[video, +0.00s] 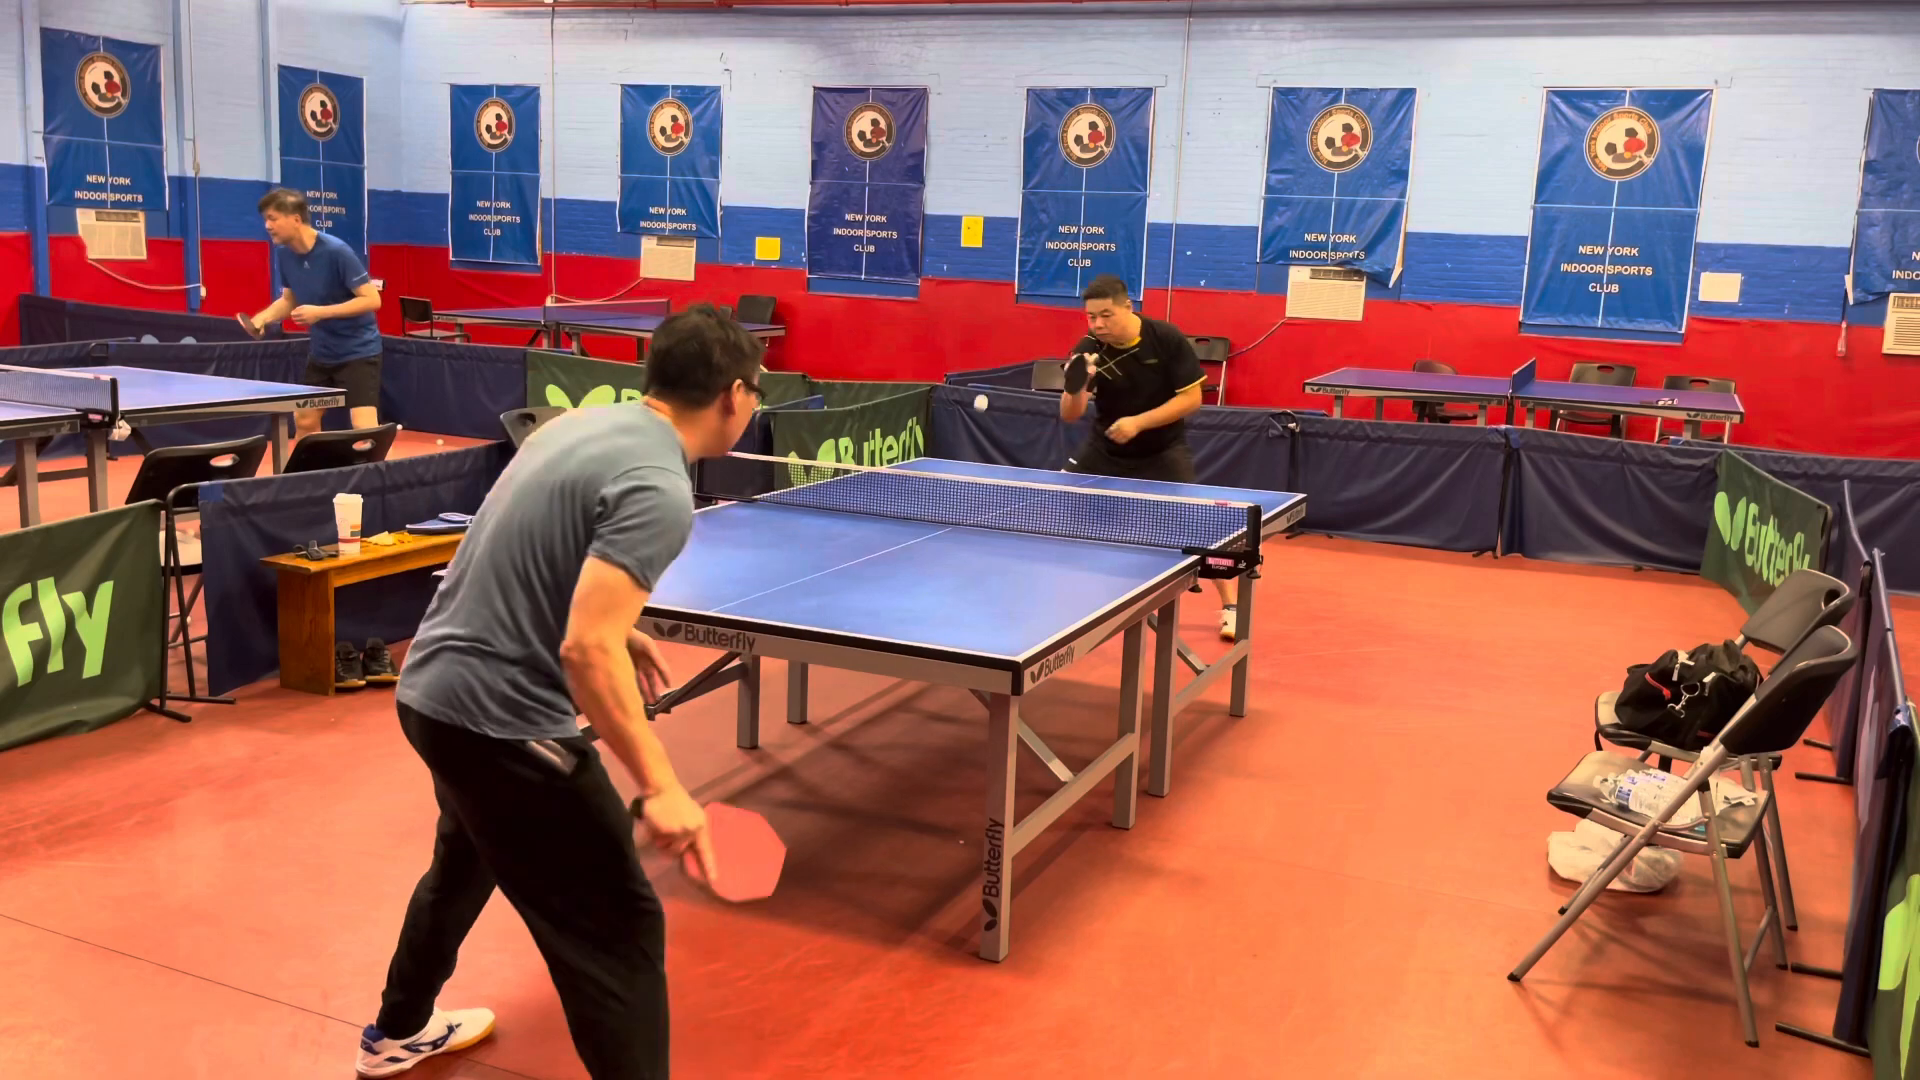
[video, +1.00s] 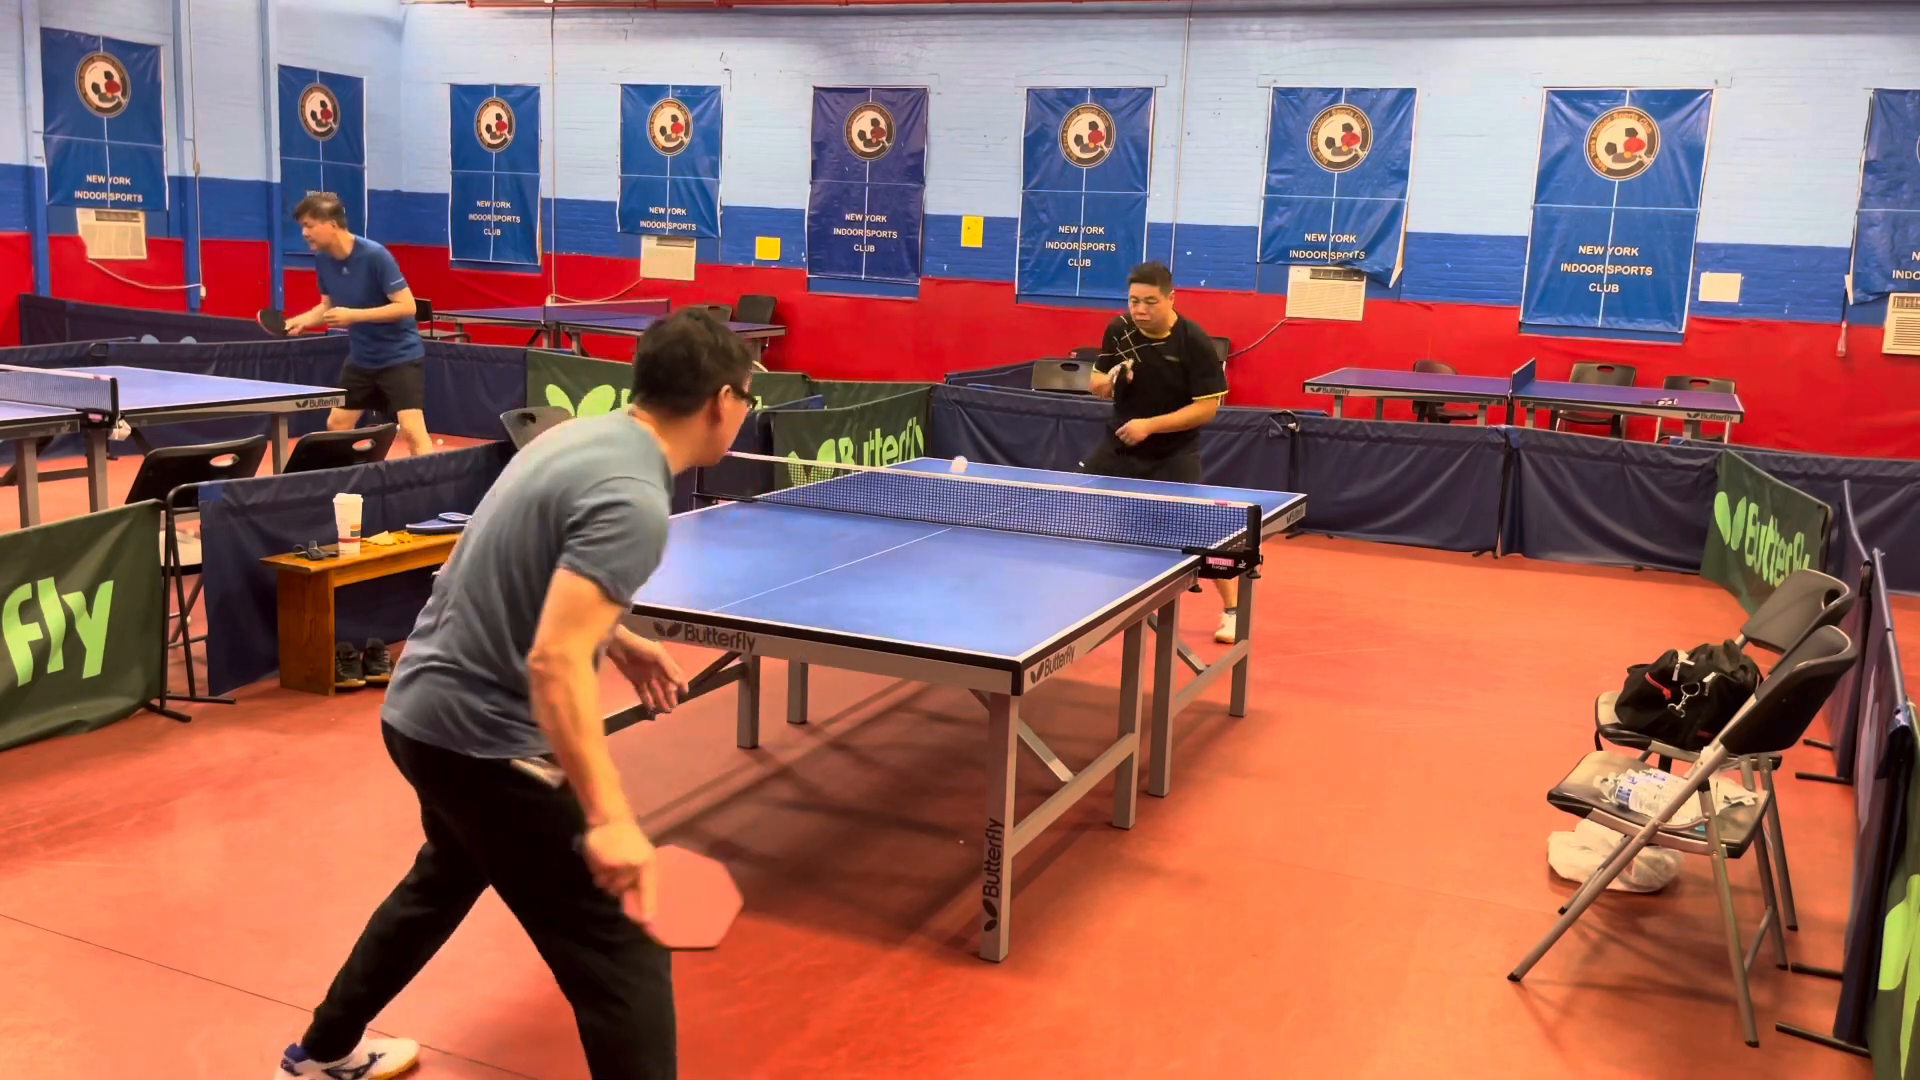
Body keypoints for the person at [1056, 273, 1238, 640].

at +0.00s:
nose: (1097, 325)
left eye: (1105, 315)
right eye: (1091, 317)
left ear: (1126, 307)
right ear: (1086, 315)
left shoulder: (1167, 339)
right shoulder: (1088, 348)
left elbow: (1193, 399)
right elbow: (1069, 414)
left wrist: (1138, 422)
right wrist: (1081, 383)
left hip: (1163, 452)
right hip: (1105, 450)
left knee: (1197, 519)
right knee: (1049, 500)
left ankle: (1230, 605)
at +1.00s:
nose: (1139, 310)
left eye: (1148, 302)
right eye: (1134, 301)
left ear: (1170, 299)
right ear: (1127, 298)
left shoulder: (1195, 341)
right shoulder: (1120, 329)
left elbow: (1208, 409)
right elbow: (1096, 385)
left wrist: (1149, 424)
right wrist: (1112, 379)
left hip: (1174, 452)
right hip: (1121, 445)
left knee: (1197, 522)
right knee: (1067, 497)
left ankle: (1231, 609)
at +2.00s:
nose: (1065, 323)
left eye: (1074, 314)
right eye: (1060, 314)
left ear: (1096, 309)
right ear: (1056, 312)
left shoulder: (1132, 342)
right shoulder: (1054, 351)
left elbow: (1157, 399)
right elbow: (1026, 410)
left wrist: (1106, 428)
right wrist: (1029, 393)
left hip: (1134, 448)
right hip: (1073, 447)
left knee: (1170, 512)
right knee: (1023, 500)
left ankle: (1196, 594)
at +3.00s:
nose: (1142, 320)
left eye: (1151, 312)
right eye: (1137, 312)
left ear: (1173, 309)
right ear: (1132, 313)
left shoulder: (1208, 349)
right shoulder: (1125, 355)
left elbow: (1229, 406)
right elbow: (1112, 419)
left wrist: (1180, 437)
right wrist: (1119, 411)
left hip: (1193, 458)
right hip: (1132, 455)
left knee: (1213, 523)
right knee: (1085, 507)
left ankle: (1247, 608)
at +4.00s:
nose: (1084, 325)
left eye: (1094, 316)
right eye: (1079, 316)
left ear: (1115, 313)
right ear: (1073, 315)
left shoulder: (1146, 350)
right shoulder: (1071, 353)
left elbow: (1165, 409)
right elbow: (1062, 405)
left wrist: (1112, 433)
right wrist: (1054, 427)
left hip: (1151, 447)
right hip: (1095, 445)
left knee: (1182, 512)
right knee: (1045, 497)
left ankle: (1210, 599)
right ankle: (1035, 585)